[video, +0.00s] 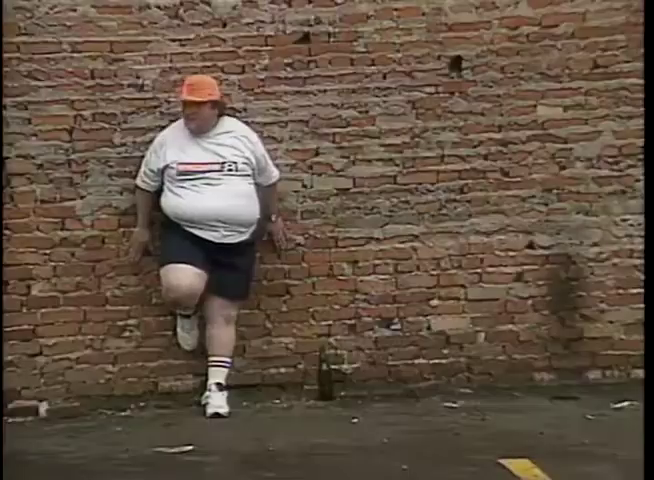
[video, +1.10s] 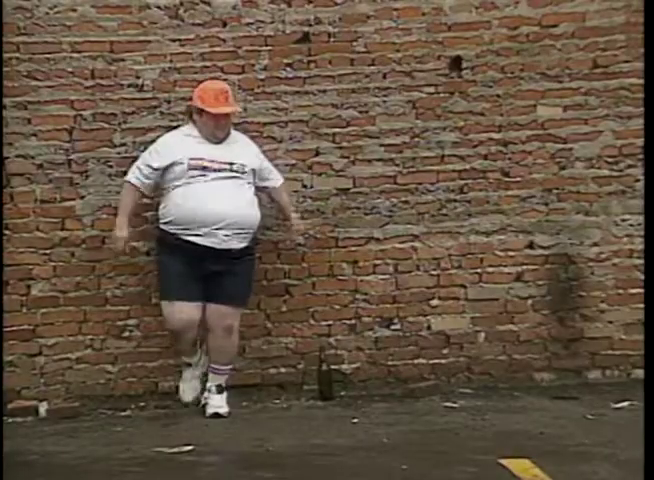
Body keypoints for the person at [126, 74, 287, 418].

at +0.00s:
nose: (189, 111)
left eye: (196, 105)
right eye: (186, 105)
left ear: (216, 106)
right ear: (181, 106)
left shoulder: (243, 137)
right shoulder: (167, 140)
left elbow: (268, 181)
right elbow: (145, 185)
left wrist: (273, 219)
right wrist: (142, 227)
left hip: (235, 238)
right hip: (183, 232)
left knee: (223, 313)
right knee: (183, 288)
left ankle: (216, 386)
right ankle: (187, 316)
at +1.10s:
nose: (223, 121)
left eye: (227, 114)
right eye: (215, 115)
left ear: (234, 114)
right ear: (196, 114)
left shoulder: (245, 147)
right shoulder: (172, 144)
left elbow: (273, 182)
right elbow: (135, 181)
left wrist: (291, 215)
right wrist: (122, 225)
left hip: (234, 250)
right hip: (180, 245)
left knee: (224, 322)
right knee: (182, 319)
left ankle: (217, 387)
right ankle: (192, 361)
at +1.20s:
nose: (214, 111)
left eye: (220, 105)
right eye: (207, 105)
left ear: (229, 109)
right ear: (194, 108)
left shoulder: (244, 146)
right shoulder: (173, 142)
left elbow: (272, 179)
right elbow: (143, 173)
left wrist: (283, 204)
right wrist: (142, 203)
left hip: (234, 252)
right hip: (180, 247)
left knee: (225, 324)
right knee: (181, 314)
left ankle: (217, 388)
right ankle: (189, 377)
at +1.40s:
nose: (202, 95)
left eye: (209, 89)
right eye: (195, 89)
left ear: (220, 92)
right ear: (184, 92)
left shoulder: (236, 123)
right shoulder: (169, 121)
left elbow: (249, 161)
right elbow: (158, 164)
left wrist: (227, 180)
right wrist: (192, 176)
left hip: (228, 234)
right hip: (178, 231)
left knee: (222, 311)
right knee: (187, 307)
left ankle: (217, 388)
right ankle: (189, 390)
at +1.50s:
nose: (198, 107)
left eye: (204, 100)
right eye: (190, 101)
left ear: (215, 97)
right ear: (178, 99)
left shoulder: (235, 126)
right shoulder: (164, 127)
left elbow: (257, 161)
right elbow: (134, 160)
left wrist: (233, 186)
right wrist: (162, 174)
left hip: (226, 236)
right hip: (175, 234)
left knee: (226, 313)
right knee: (184, 312)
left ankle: (219, 386)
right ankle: (190, 390)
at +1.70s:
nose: (195, 120)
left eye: (201, 112)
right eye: (187, 113)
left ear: (211, 110)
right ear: (175, 114)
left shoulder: (233, 145)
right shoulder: (156, 146)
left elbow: (265, 181)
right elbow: (120, 176)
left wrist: (269, 212)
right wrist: (116, 199)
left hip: (228, 245)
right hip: (172, 247)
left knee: (246, 310)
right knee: (185, 325)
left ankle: (236, 370)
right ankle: (192, 394)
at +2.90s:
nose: (178, 114)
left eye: (185, 106)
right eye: (170, 108)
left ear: (199, 108)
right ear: (161, 113)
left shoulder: (224, 138)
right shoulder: (157, 146)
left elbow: (264, 164)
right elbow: (140, 180)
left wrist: (241, 182)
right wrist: (130, 208)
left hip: (213, 256)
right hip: (157, 254)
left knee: (211, 332)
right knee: (147, 321)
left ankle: (217, 407)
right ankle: (176, 388)